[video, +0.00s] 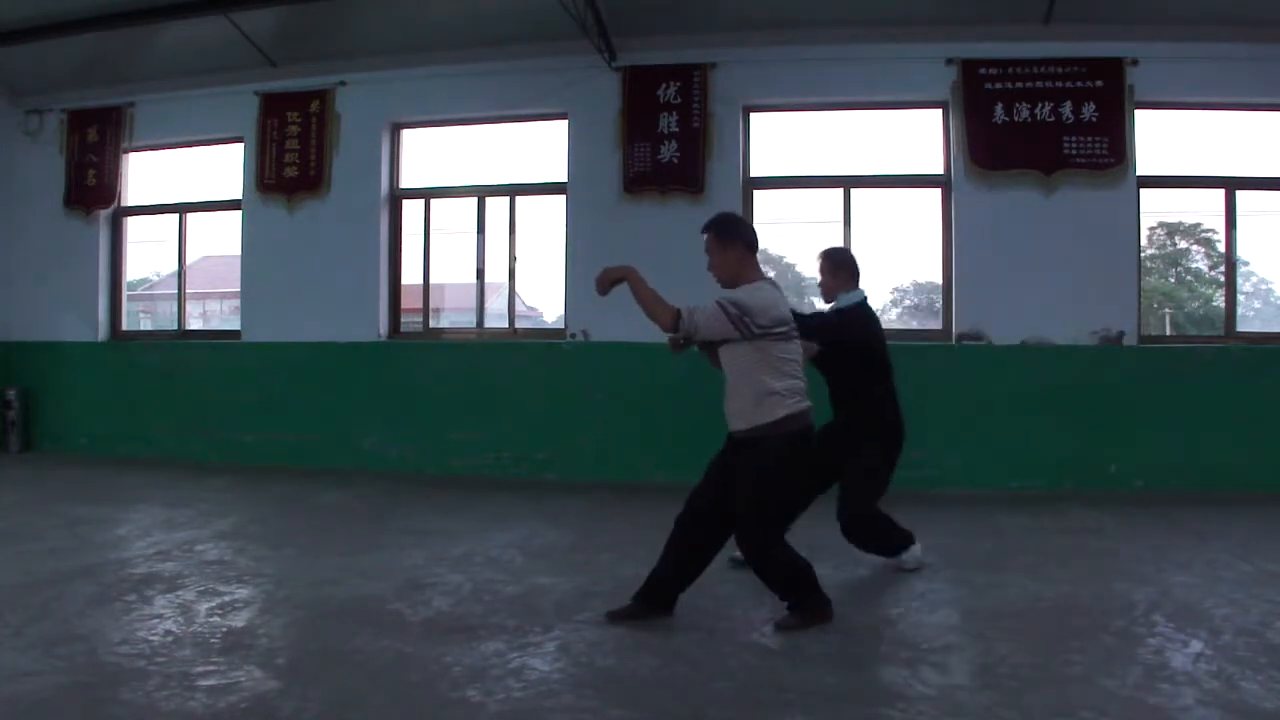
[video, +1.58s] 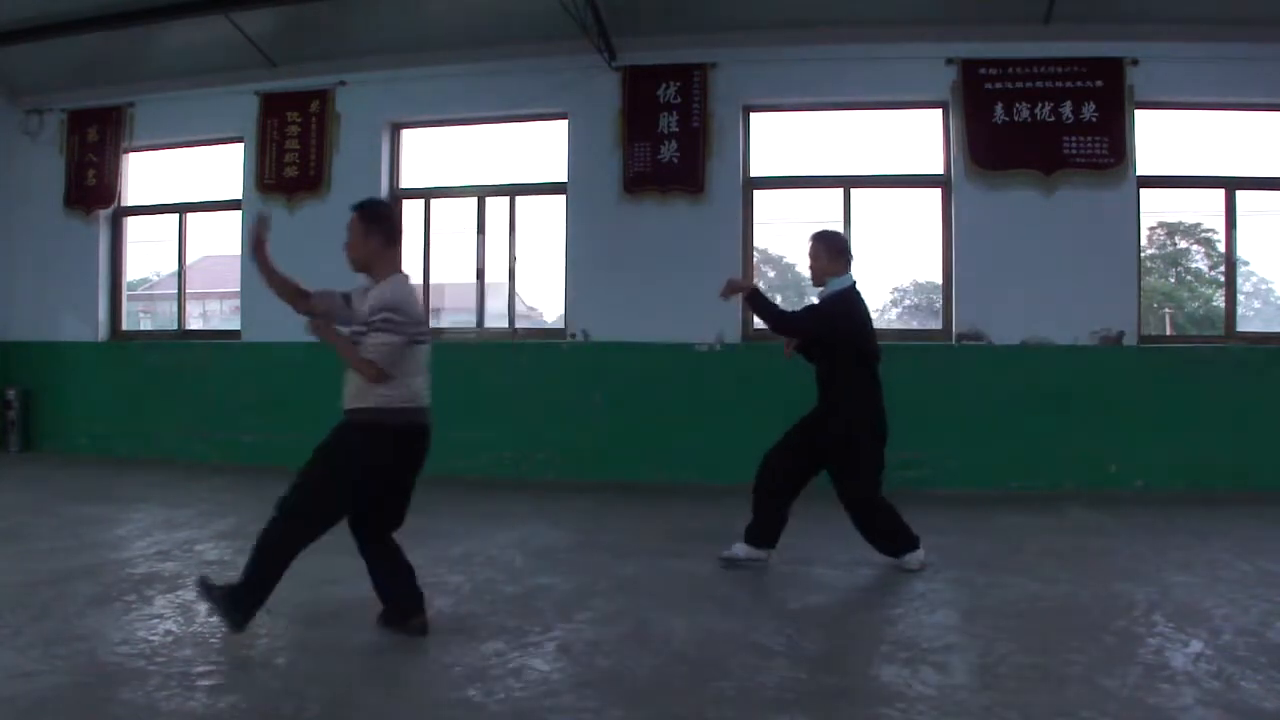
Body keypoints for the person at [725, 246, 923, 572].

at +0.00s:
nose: (819, 283)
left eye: (822, 276)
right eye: (819, 276)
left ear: (838, 276)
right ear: (851, 277)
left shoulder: (849, 320)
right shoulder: (848, 315)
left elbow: (796, 326)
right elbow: (839, 367)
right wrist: (812, 353)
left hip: (874, 432)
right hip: (847, 427)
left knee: (855, 518)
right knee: (788, 484)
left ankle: (905, 547)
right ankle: (759, 546)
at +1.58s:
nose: (809, 264)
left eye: (814, 257)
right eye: (810, 258)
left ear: (832, 260)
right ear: (839, 261)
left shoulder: (840, 305)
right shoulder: (845, 301)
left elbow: (788, 324)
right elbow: (837, 354)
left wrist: (750, 292)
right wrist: (802, 347)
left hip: (849, 416)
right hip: (839, 412)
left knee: (857, 491)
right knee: (779, 469)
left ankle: (908, 548)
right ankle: (757, 544)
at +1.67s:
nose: (798, 269)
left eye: (803, 261)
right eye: (799, 261)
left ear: (819, 263)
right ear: (828, 264)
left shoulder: (830, 308)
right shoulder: (835, 305)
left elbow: (776, 328)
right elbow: (829, 357)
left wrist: (743, 296)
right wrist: (793, 351)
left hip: (839, 417)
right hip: (837, 413)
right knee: (772, 470)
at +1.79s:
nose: (761, 274)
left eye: (765, 267)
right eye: (762, 267)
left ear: (782, 270)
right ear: (790, 269)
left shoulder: (789, 312)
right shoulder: (801, 308)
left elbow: (733, 331)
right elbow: (806, 355)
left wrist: (703, 297)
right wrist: (769, 355)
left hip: (803, 421)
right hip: (818, 419)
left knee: (742, 474)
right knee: (842, 491)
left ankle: (700, 544)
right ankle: (907, 547)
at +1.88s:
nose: (724, 272)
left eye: (730, 266)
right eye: (724, 265)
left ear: (748, 270)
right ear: (750, 270)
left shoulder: (746, 312)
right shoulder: (764, 308)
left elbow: (690, 333)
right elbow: (770, 355)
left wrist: (663, 299)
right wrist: (734, 359)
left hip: (762, 420)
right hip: (782, 417)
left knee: (702, 471)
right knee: (814, 485)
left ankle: (690, 548)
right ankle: (892, 532)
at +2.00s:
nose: (686, 263)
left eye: (690, 255)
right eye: (687, 255)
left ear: (706, 258)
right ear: (714, 259)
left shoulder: (713, 301)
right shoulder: (731, 300)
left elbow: (673, 344)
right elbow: (700, 347)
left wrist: (643, 319)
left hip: (724, 415)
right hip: (746, 414)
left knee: (675, 473)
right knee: (749, 495)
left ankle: (685, 548)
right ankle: (817, 519)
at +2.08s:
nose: (657, 247)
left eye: (661, 239)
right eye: (658, 238)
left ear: (677, 240)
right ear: (684, 241)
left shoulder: (700, 284)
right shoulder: (698, 281)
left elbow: (694, 345)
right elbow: (695, 343)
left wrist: (660, 329)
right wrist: (661, 329)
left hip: (709, 397)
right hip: (707, 394)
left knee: (662, 456)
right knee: (668, 457)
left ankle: (684, 546)